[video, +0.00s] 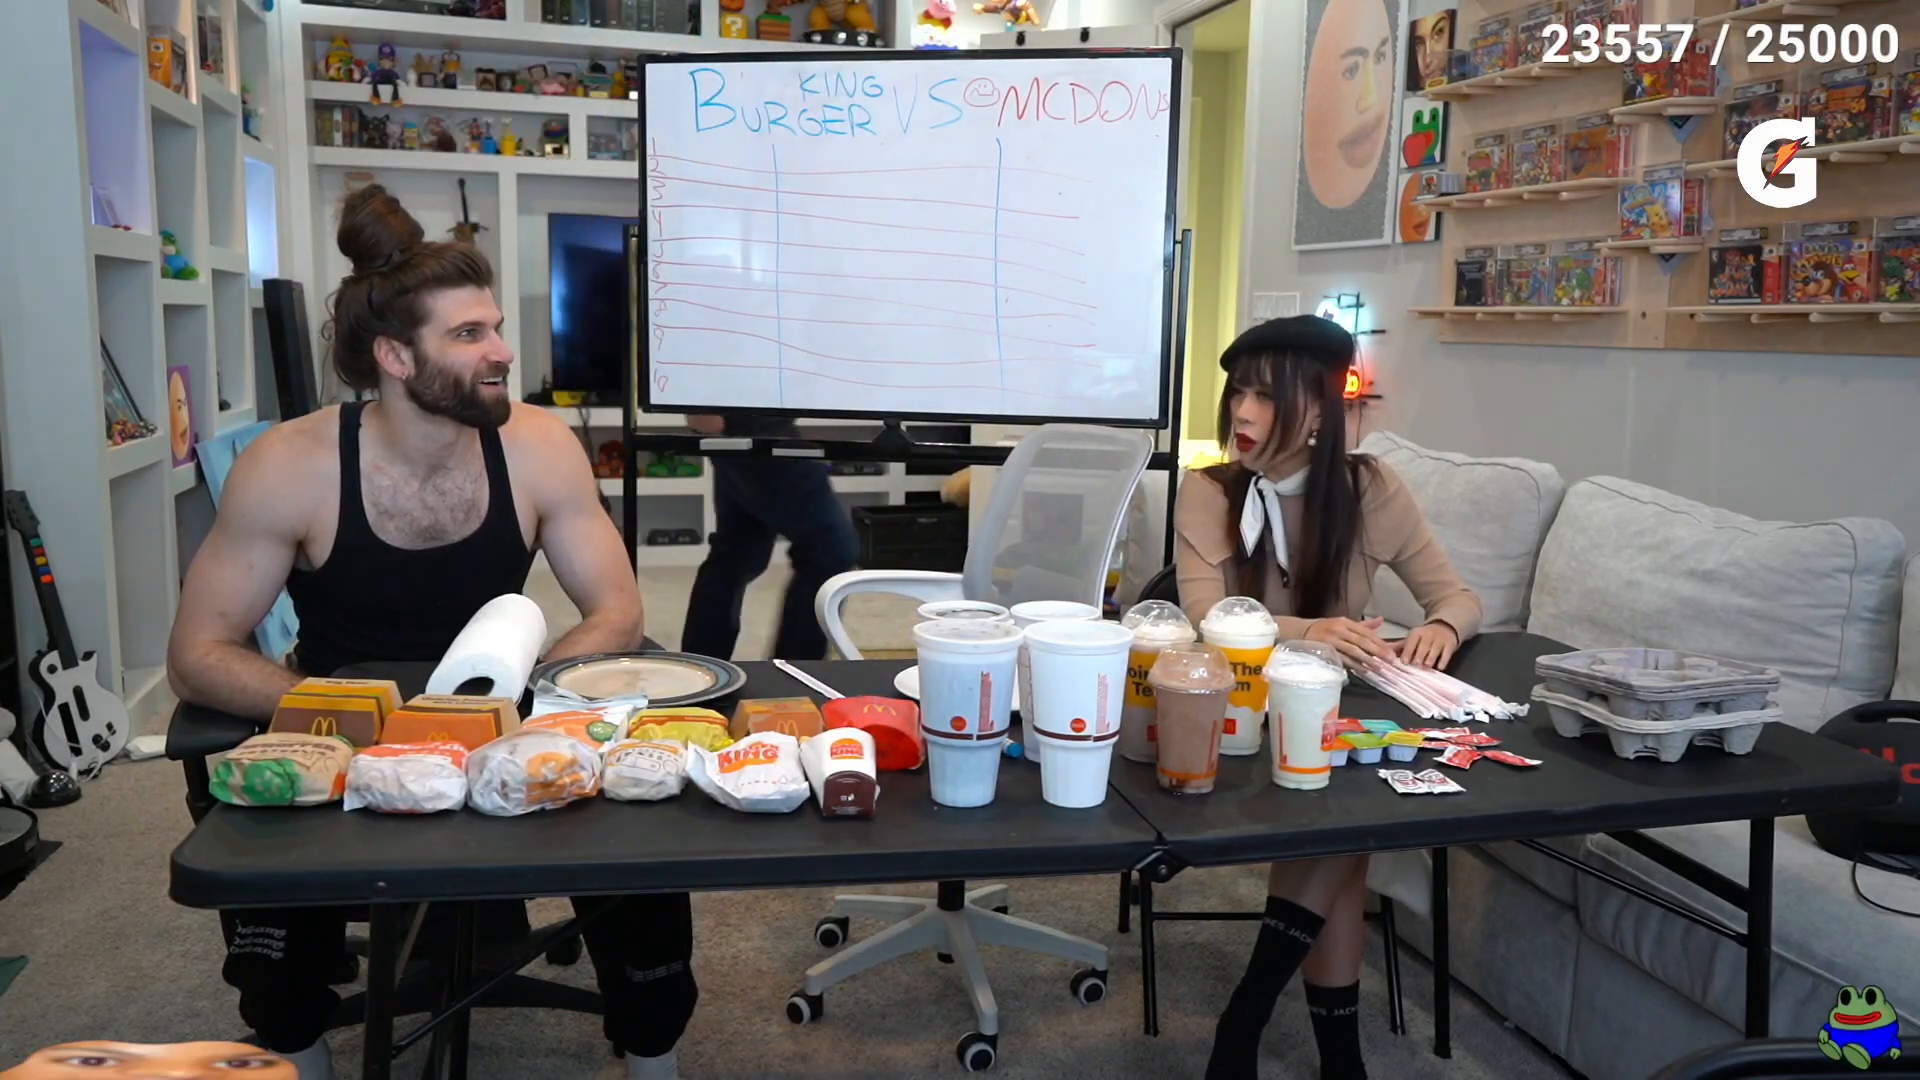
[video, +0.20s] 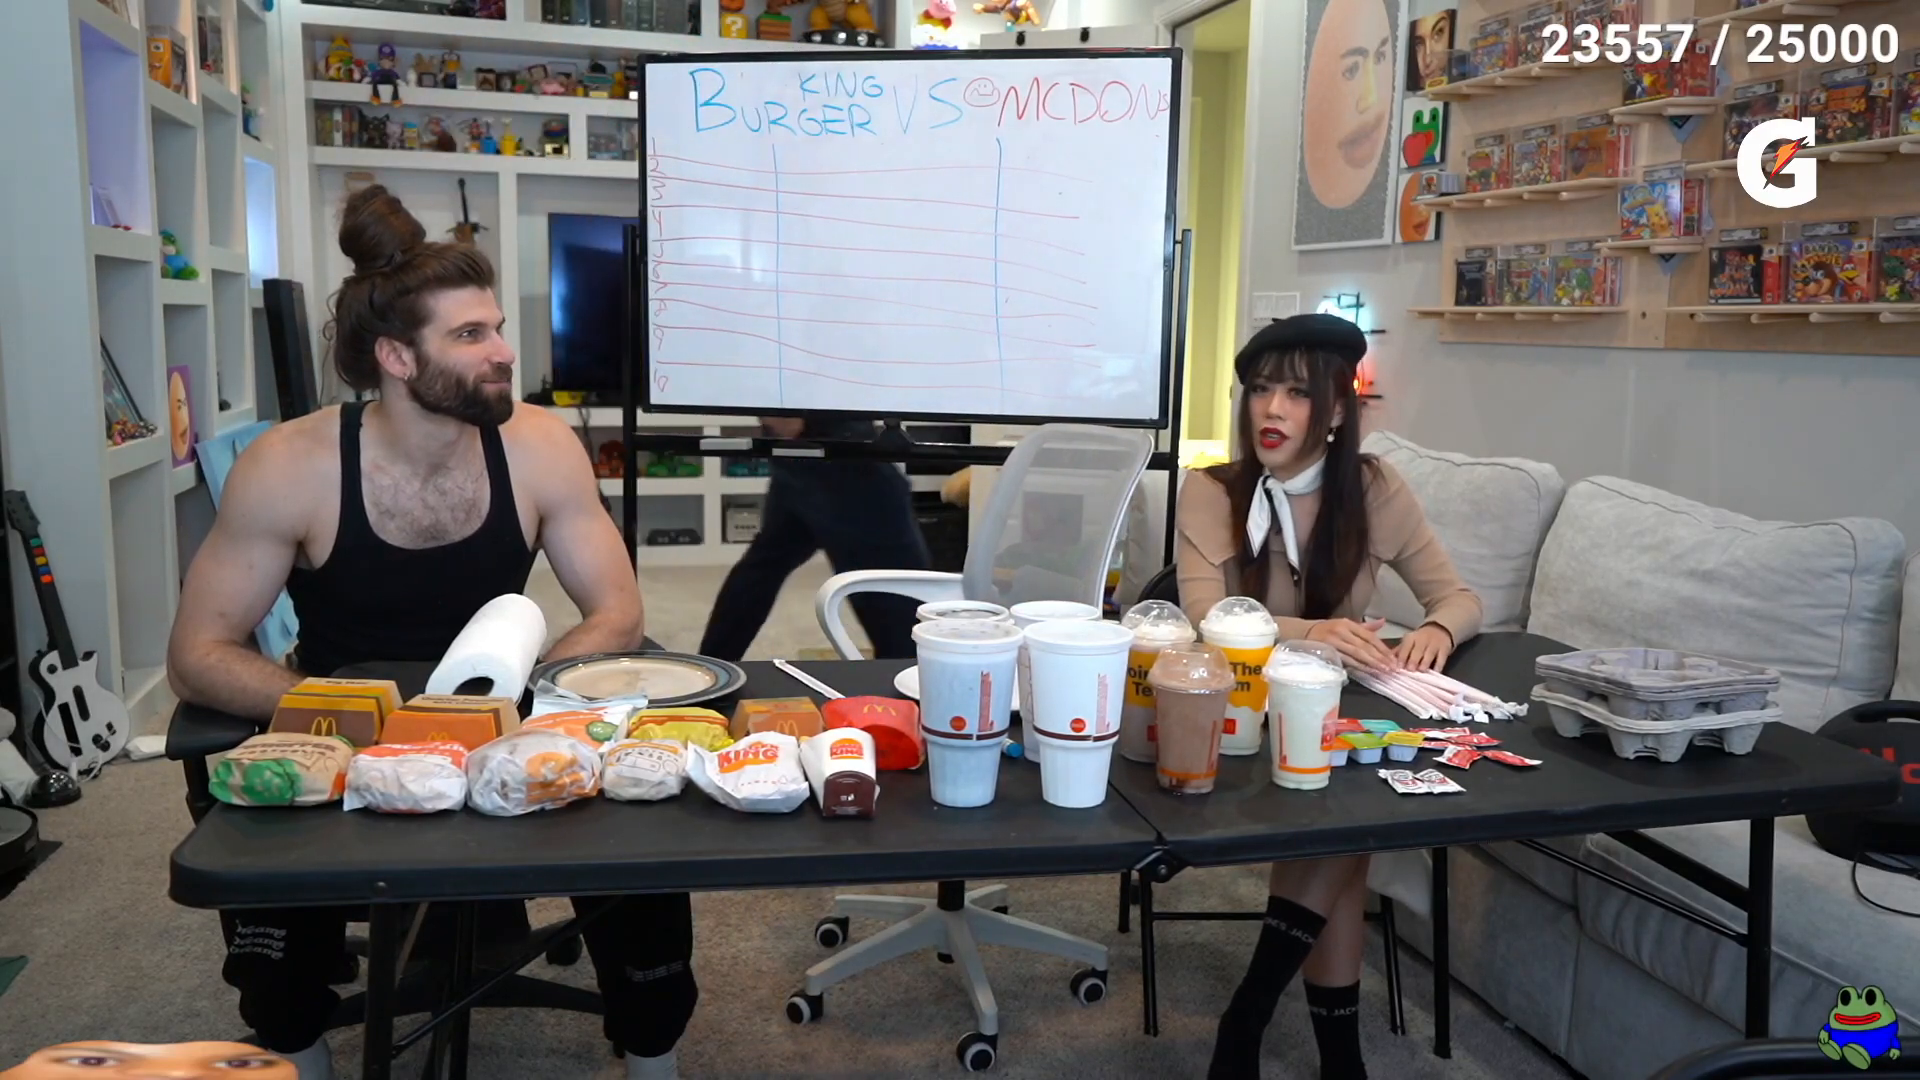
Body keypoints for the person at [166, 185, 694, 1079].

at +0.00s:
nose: (499, 351)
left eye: (499, 330)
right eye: (468, 336)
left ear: (502, 328)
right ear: (393, 358)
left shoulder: (539, 447)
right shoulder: (290, 466)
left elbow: (620, 614)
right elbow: (198, 654)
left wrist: (525, 679)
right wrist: (341, 709)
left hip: (509, 746)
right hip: (338, 757)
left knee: (638, 839)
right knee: (269, 879)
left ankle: (652, 1059)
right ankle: (299, 1060)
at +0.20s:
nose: (500, 352)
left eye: (499, 331)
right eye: (470, 337)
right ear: (396, 360)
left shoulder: (540, 447)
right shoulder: (290, 466)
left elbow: (620, 613)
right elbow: (198, 654)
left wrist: (528, 679)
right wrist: (340, 708)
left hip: (510, 746)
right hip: (339, 757)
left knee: (639, 840)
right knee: (270, 878)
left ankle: (652, 1058)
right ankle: (298, 1059)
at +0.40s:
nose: (503, 352)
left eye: (501, 330)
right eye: (472, 337)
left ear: (504, 326)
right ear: (397, 359)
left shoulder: (540, 447)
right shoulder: (291, 466)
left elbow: (620, 614)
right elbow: (198, 654)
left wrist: (524, 682)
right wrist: (342, 709)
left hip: (508, 747)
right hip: (338, 757)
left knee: (631, 849)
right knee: (279, 885)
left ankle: (651, 1061)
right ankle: (301, 1060)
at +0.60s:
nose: (508, 351)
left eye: (505, 329)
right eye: (477, 336)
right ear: (401, 357)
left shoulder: (539, 447)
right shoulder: (291, 465)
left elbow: (619, 613)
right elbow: (198, 654)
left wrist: (524, 681)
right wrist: (344, 714)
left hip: (509, 748)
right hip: (341, 758)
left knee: (624, 838)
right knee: (297, 863)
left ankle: (654, 1059)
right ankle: (313, 1060)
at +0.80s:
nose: (511, 349)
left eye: (507, 328)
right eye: (481, 335)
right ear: (405, 357)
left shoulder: (541, 447)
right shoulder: (293, 466)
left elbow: (618, 613)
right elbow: (199, 657)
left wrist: (527, 683)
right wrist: (355, 713)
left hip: (508, 744)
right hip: (342, 755)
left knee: (647, 831)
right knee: (299, 869)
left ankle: (662, 1058)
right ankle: (303, 1061)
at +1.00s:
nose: (518, 345)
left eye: (514, 323)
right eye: (488, 330)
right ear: (414, 352)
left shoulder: (541, 443)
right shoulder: (302, 464)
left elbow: (619, 608)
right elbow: (206, 658)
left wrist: (535, 688)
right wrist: (358, 714)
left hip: (504, 743)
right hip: (340, 751)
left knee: (673, 830)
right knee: (290, 875)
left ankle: (665, 1058)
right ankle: (309, 1062)